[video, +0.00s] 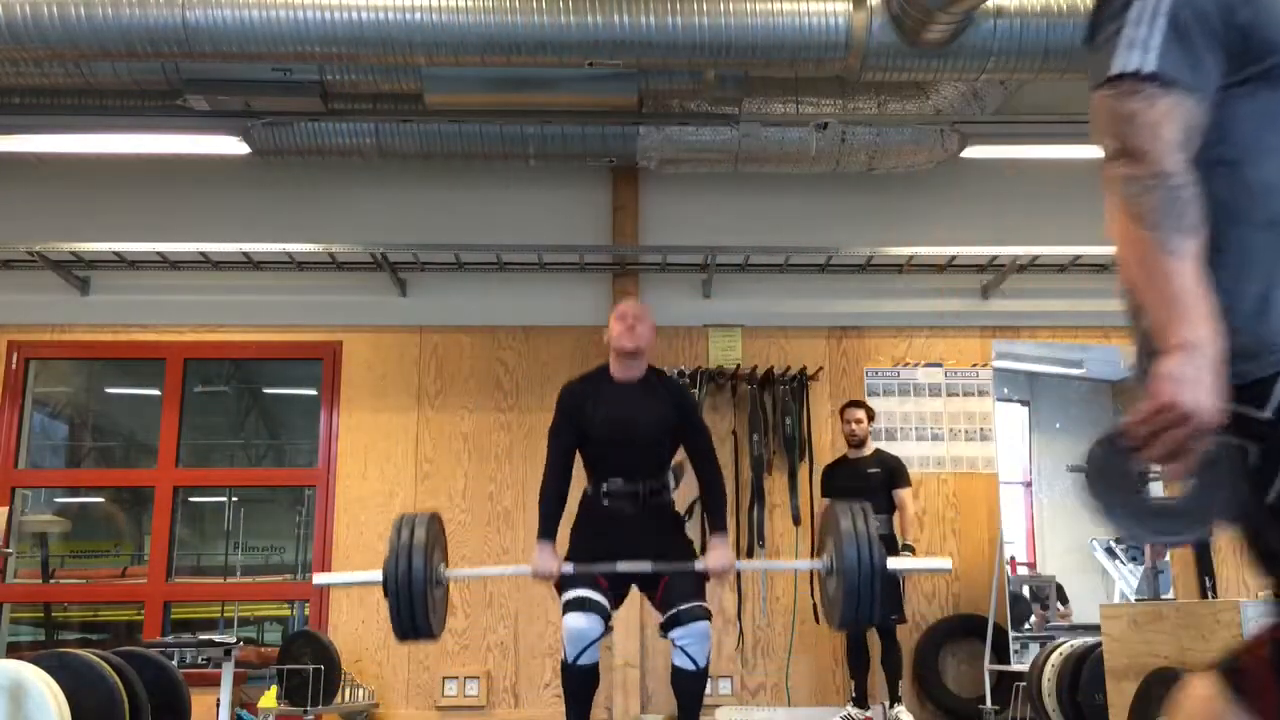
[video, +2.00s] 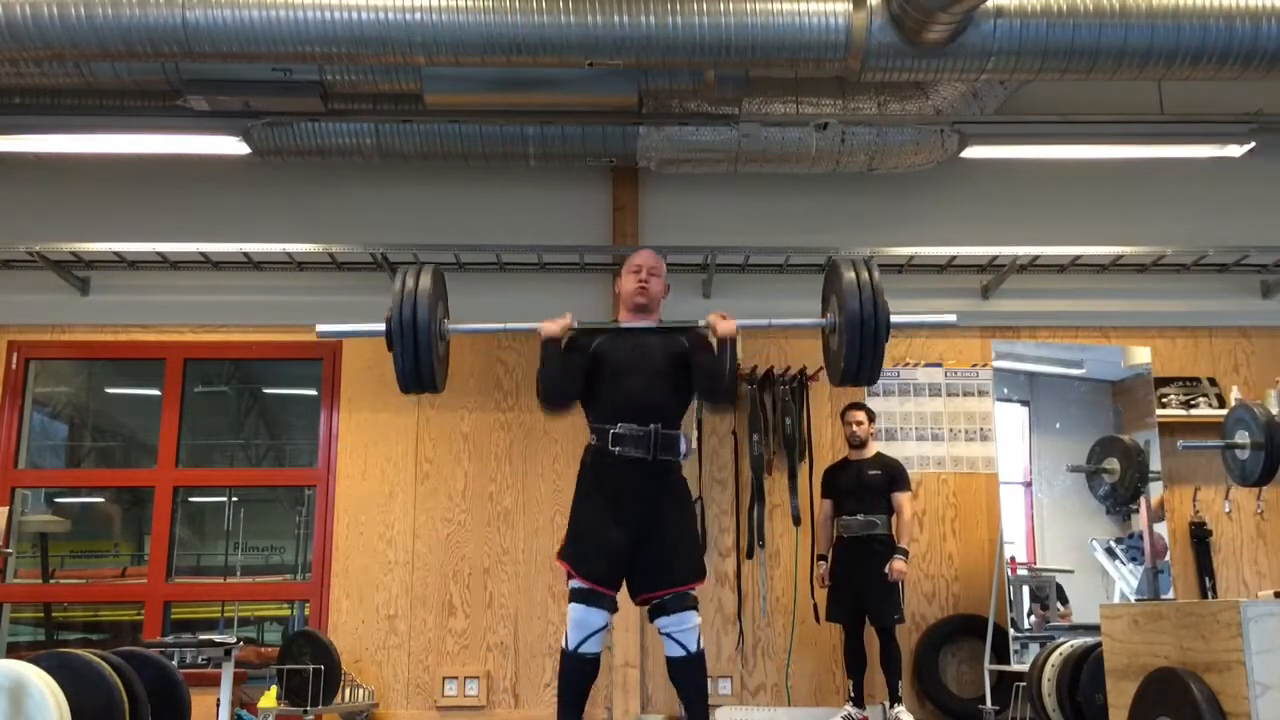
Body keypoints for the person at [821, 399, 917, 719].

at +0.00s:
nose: (853, 427)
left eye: (859, 421)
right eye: (848, 422)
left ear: (869, 424)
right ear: (841, 426)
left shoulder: (889, 463)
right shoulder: (831, 470)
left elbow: (906, 506)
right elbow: (823, 513)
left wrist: (907, 546)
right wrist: (818, 551)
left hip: (882, 555)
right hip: (846, 556)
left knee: (886, 629)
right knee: (854, 630)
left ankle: (895, 704)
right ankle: (859, 704)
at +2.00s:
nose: (853, 429)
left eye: (859, 423)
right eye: (848, 424)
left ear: (872, 427)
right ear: (842, 429)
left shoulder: (890, 467)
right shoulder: (832, 472)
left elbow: (905, 513)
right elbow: (825, 518)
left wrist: (901, 554)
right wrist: (822, 559)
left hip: (881, 558)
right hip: (846, 560)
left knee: (886, 631)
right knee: (852, 632)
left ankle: (895, 704)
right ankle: (856, 705)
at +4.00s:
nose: (853, 432)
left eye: (859, 426)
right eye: (848, 426)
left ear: (870, 429)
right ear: (841, 429)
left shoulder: (888, 466)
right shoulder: (830, 471)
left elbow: (904, 510)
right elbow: (821, 516)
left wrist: (899, 552)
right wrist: (819, 555)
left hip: (879, 556)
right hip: (845, 557)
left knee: (885, 630)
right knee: (851, 633)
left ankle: (896, 703)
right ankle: (857, 705)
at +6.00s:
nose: (852, 434)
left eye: (857, 428)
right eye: (847, 429)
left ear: (869, 426)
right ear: (840, 430)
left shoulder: (890, 461)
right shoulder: (831, 468)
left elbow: (917, 501)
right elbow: (821, 511)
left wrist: (901, 534)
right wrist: (827, 538)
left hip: (880, 557)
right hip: (844, 559)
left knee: (886, 632)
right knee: (852, 633)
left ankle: (896, 704)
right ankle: (858, 706)